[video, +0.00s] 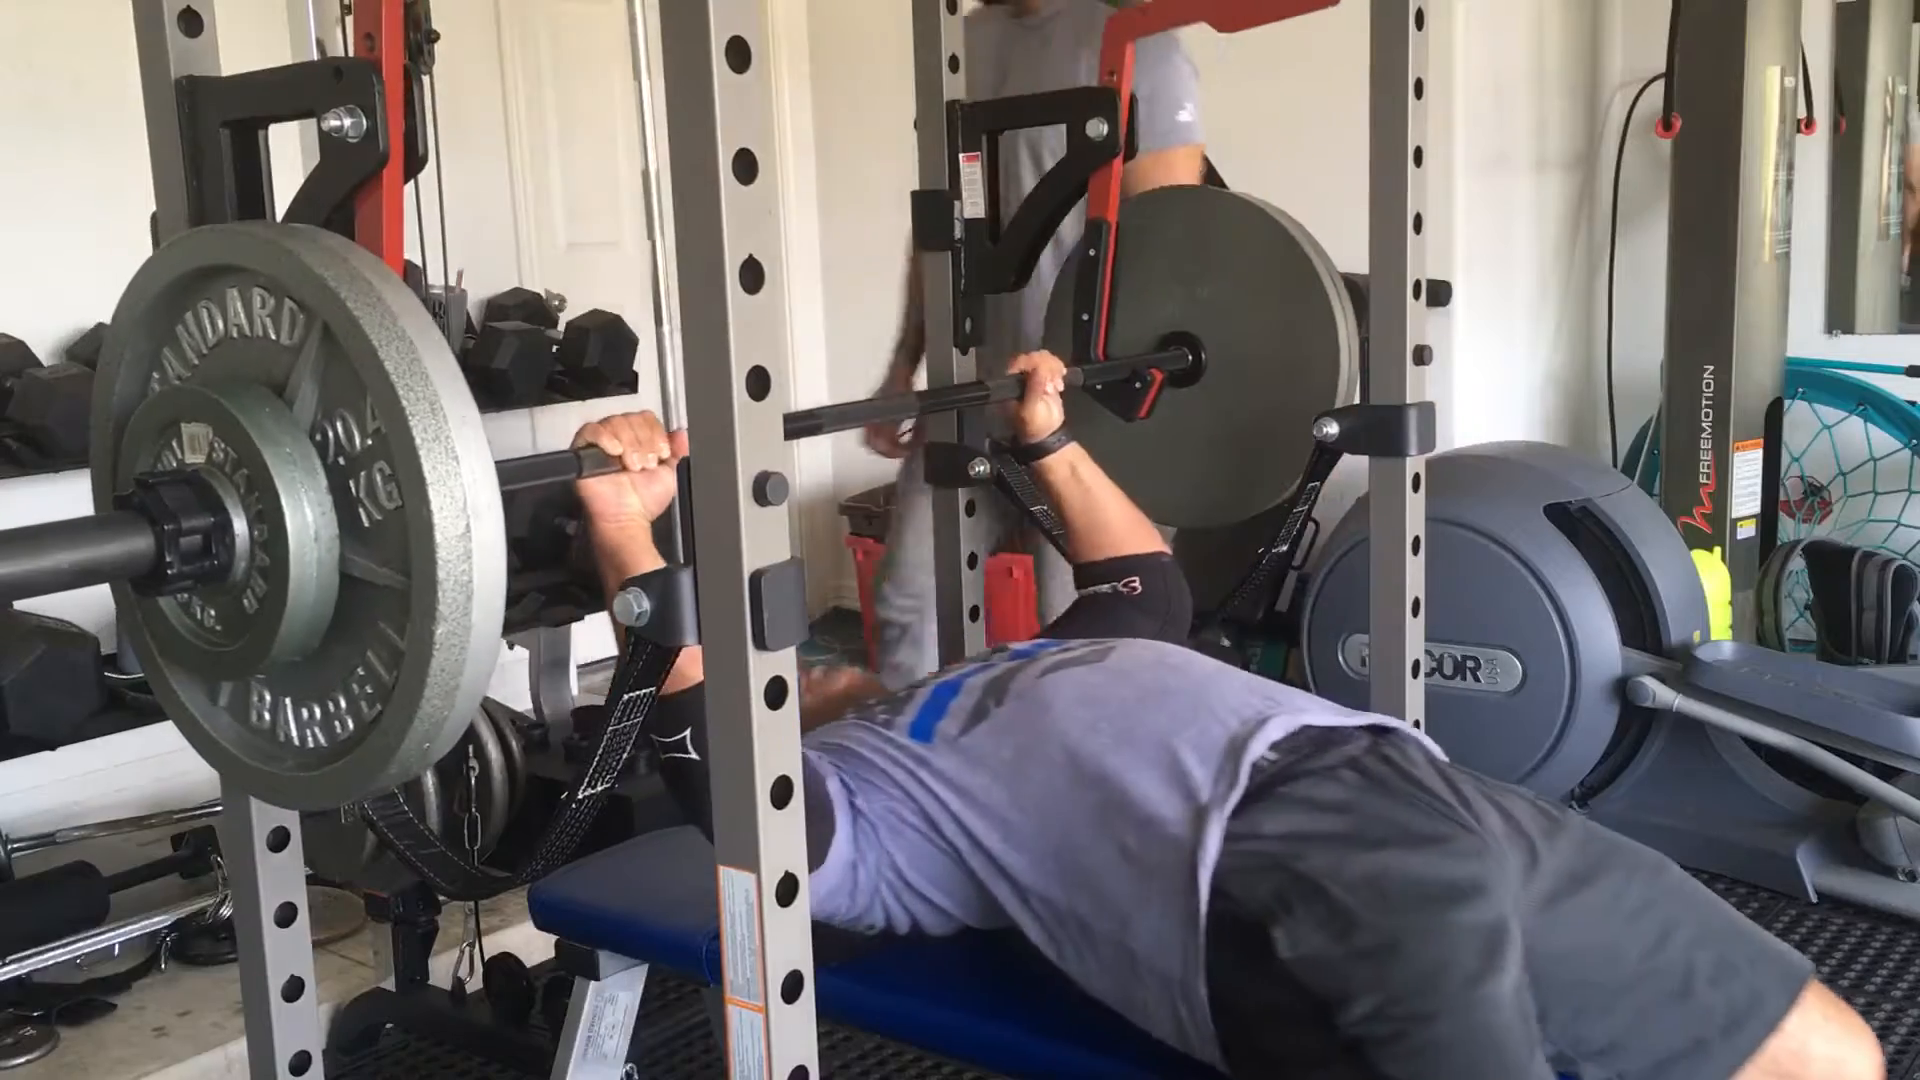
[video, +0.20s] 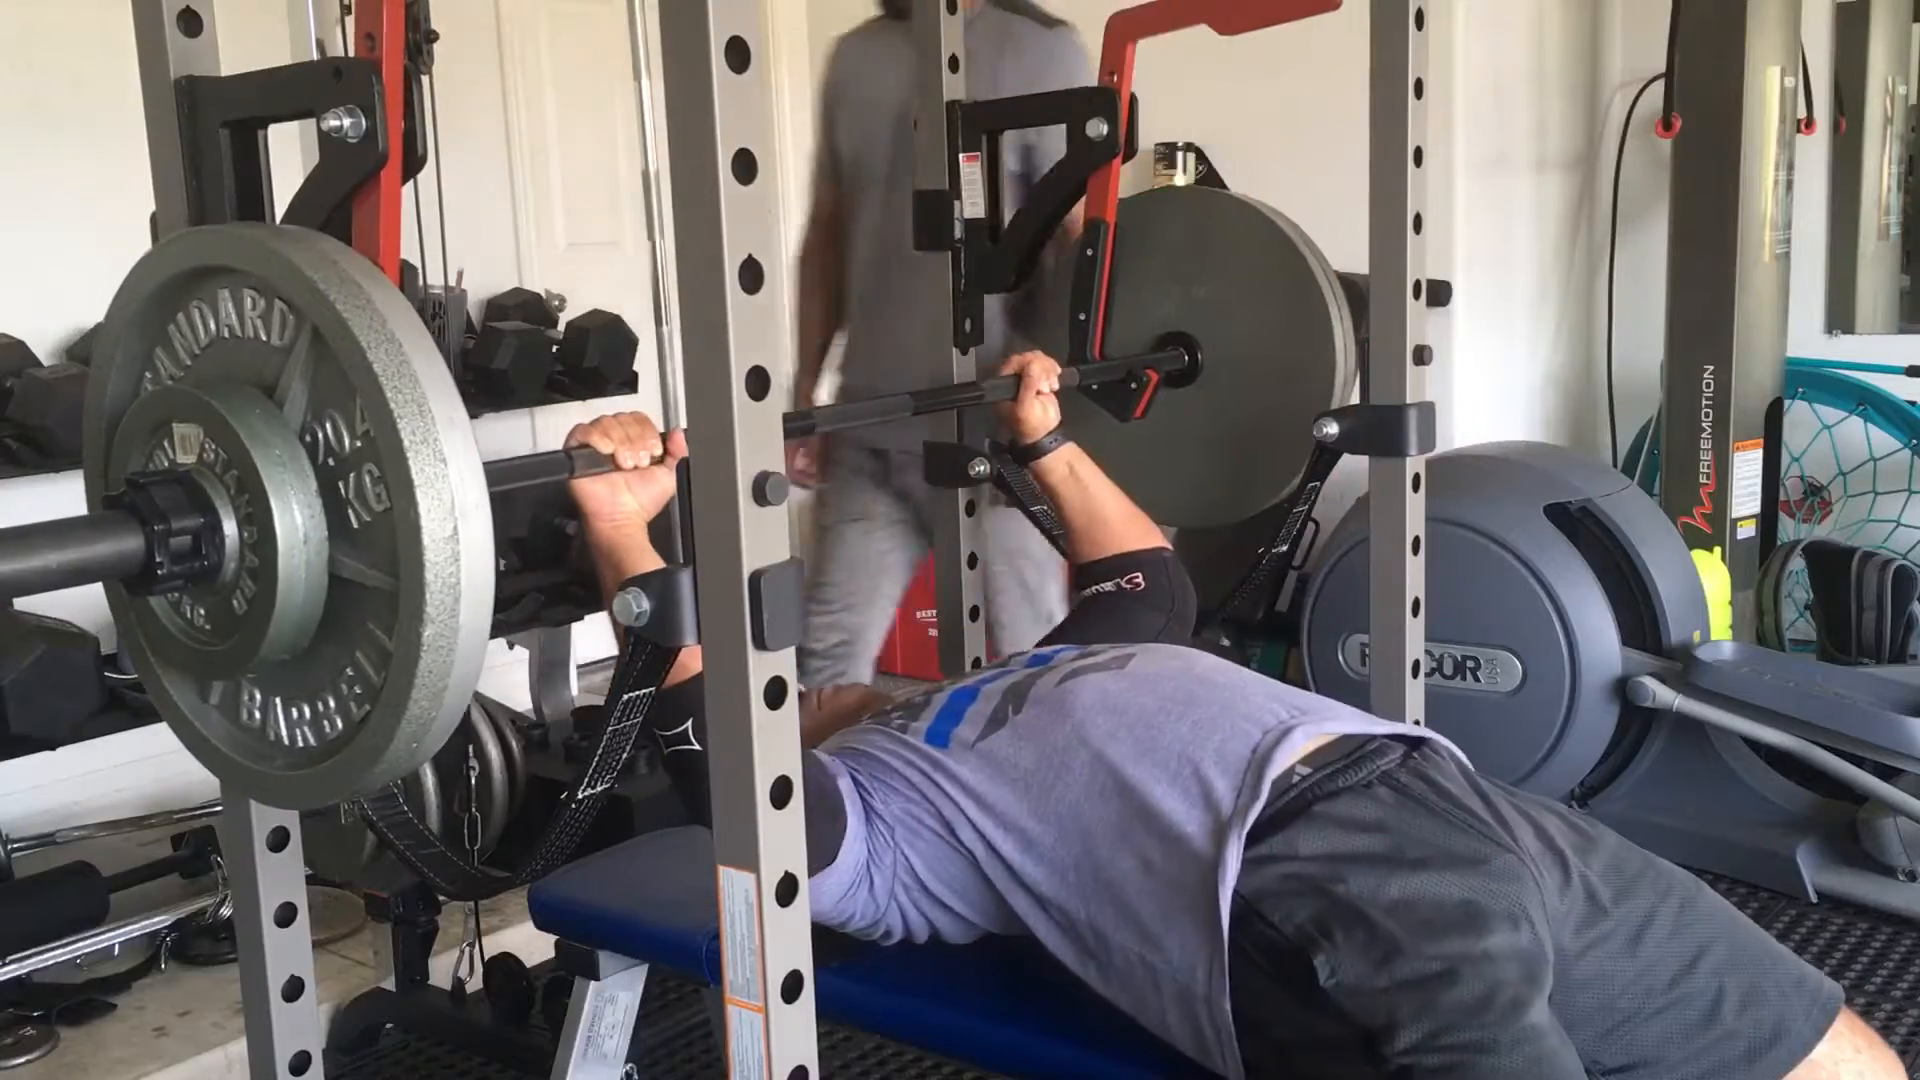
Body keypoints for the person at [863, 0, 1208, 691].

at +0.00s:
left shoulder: (1139, 44)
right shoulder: (961, 37)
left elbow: (1168, 257)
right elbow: (939, 216)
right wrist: (903, 366)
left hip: (1081, 391)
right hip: (965, 384)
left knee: (1083, 611)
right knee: (912, 600)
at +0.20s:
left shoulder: (1049, 51)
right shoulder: (860, 57)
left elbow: (1074, 241)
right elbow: (831, 233)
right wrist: (806, 392)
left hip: (1009, 436)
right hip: (874, 429)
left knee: (1026, 673)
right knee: (827, 668)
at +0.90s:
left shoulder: (838, 53)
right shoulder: (609, 41)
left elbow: (885, 258)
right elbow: (548, 233)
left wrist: (884, 437)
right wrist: (624, 104)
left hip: (793, 445)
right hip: (654, 447)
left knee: (783, 699)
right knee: (662, 702)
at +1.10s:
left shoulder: (834, 57)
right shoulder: (593, 30)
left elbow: (871, 271)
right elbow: (522, 226)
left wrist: (873, 455)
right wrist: (622, 111)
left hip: (784, 446)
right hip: (635, 445)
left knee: (766, 705)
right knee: (643, 705)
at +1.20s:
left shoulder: (832, 55)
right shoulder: (583, 32)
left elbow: (869, 261)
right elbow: (518, 228)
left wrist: (871, 444)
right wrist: (632, 109)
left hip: (782, 449)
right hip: (629, 448)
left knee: (767, 707)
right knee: (637, 715)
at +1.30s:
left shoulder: (832, 52)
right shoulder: (577, 31)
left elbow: (870, 255)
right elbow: (514, 232)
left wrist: (872, 437)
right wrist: (630, 121)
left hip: (778, 442)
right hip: (627, 438)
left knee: (767, 703)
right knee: (651, 706)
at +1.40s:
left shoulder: (833, 53)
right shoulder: (574, 31)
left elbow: (870, 257)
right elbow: (504, 233)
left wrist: (877, 433)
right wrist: (626, 178)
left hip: (776, 445)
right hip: (622, 445)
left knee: (767, 700)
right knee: (639, 706)